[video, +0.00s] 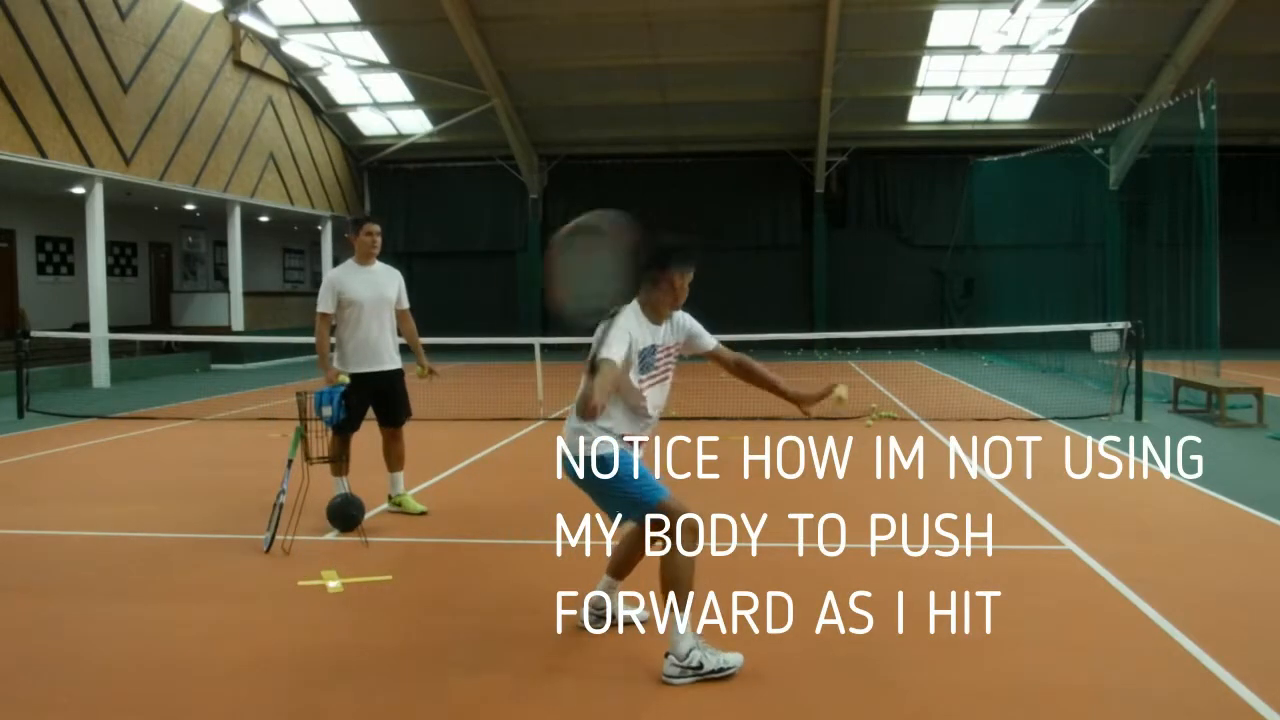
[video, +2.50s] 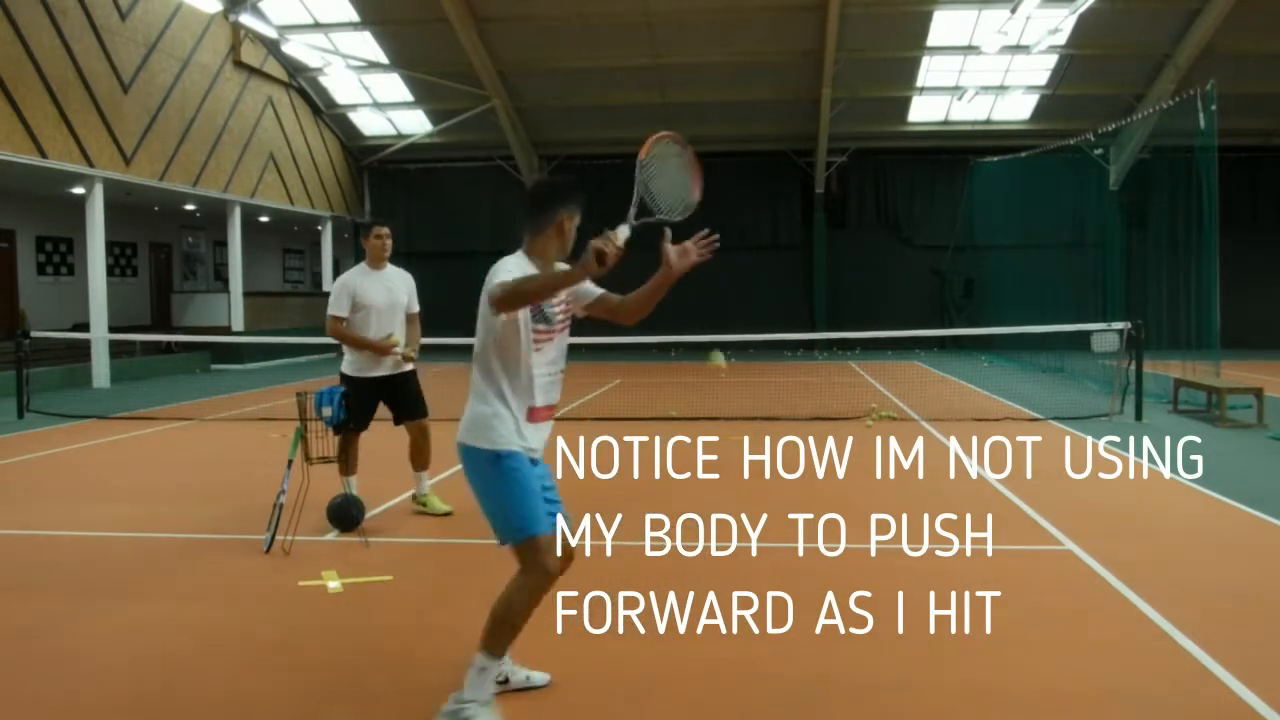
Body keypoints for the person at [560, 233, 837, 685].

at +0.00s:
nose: (686, 289)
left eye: (688, 281)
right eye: (680, 280)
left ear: (680, 285)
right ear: (656, 281)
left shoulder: (678, 321)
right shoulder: (624, 324)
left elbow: (733, 362)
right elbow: (607, 368)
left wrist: (795, 396)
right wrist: (595, 396)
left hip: (621, 446)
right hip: (593, 446)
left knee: (649, 521)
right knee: (680, 524)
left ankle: (599, 603)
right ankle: (683, 650)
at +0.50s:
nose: (657, 220)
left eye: (651, 212)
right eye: (657, 213)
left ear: (614, 219)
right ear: (652, 218)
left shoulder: (588, 274)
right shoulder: (658, 259)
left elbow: (555, 338)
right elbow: (628, 221)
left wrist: (593, 323)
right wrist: (586, 209)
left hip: (599, 425)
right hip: (657, 419)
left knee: (555, 519)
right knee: (681, 513)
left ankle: (532, 633)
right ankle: (732, 611)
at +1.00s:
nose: (538, 197)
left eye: (517, 190)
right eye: (539, 190)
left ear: (493, 193)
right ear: (537, 195)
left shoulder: (489, 244)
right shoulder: (558, 252)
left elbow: (515, 311)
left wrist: (486, 385)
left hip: (514, 409)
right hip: (563, 406)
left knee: (481, 526)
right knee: (552, 516)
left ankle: (526, 648)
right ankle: (565, 642)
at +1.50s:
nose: (446, 211)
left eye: (441, 203)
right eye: (446, 203)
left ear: (397, 208)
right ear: (442, 207)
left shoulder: (364, 263)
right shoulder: (458, 272)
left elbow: (342, 346)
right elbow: (478, 364)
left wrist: (395, 369)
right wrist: (509, 400)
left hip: (372, 435)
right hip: (438, 434)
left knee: (372, 566)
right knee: (486, 558)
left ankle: (350, 694)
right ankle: (535, 664)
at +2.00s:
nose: (487, 215)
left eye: (483, 207)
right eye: (486, 208)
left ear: (435, 212)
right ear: (480, 212)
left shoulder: (406, 277)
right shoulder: (465, 282)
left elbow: (430, 366)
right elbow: (478, 387)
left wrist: (512, 358)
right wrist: (515, 417)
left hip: (397, 452)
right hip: (433, 457)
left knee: (436, 565)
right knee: (475, 598)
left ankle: (369, 671)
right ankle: (421, 712)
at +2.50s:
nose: (576, 232)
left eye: (576, 226)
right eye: (575, 224)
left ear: (543, 223)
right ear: (563, 222)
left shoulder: (564, 280)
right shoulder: (507, 271)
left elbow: (625, 311)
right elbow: (504, 299)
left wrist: (668, 272)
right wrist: (580, 272)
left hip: (526, 441)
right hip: (493, 439)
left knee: (560, 552)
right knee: (539, 564)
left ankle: (494, 663)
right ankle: (471, 695)